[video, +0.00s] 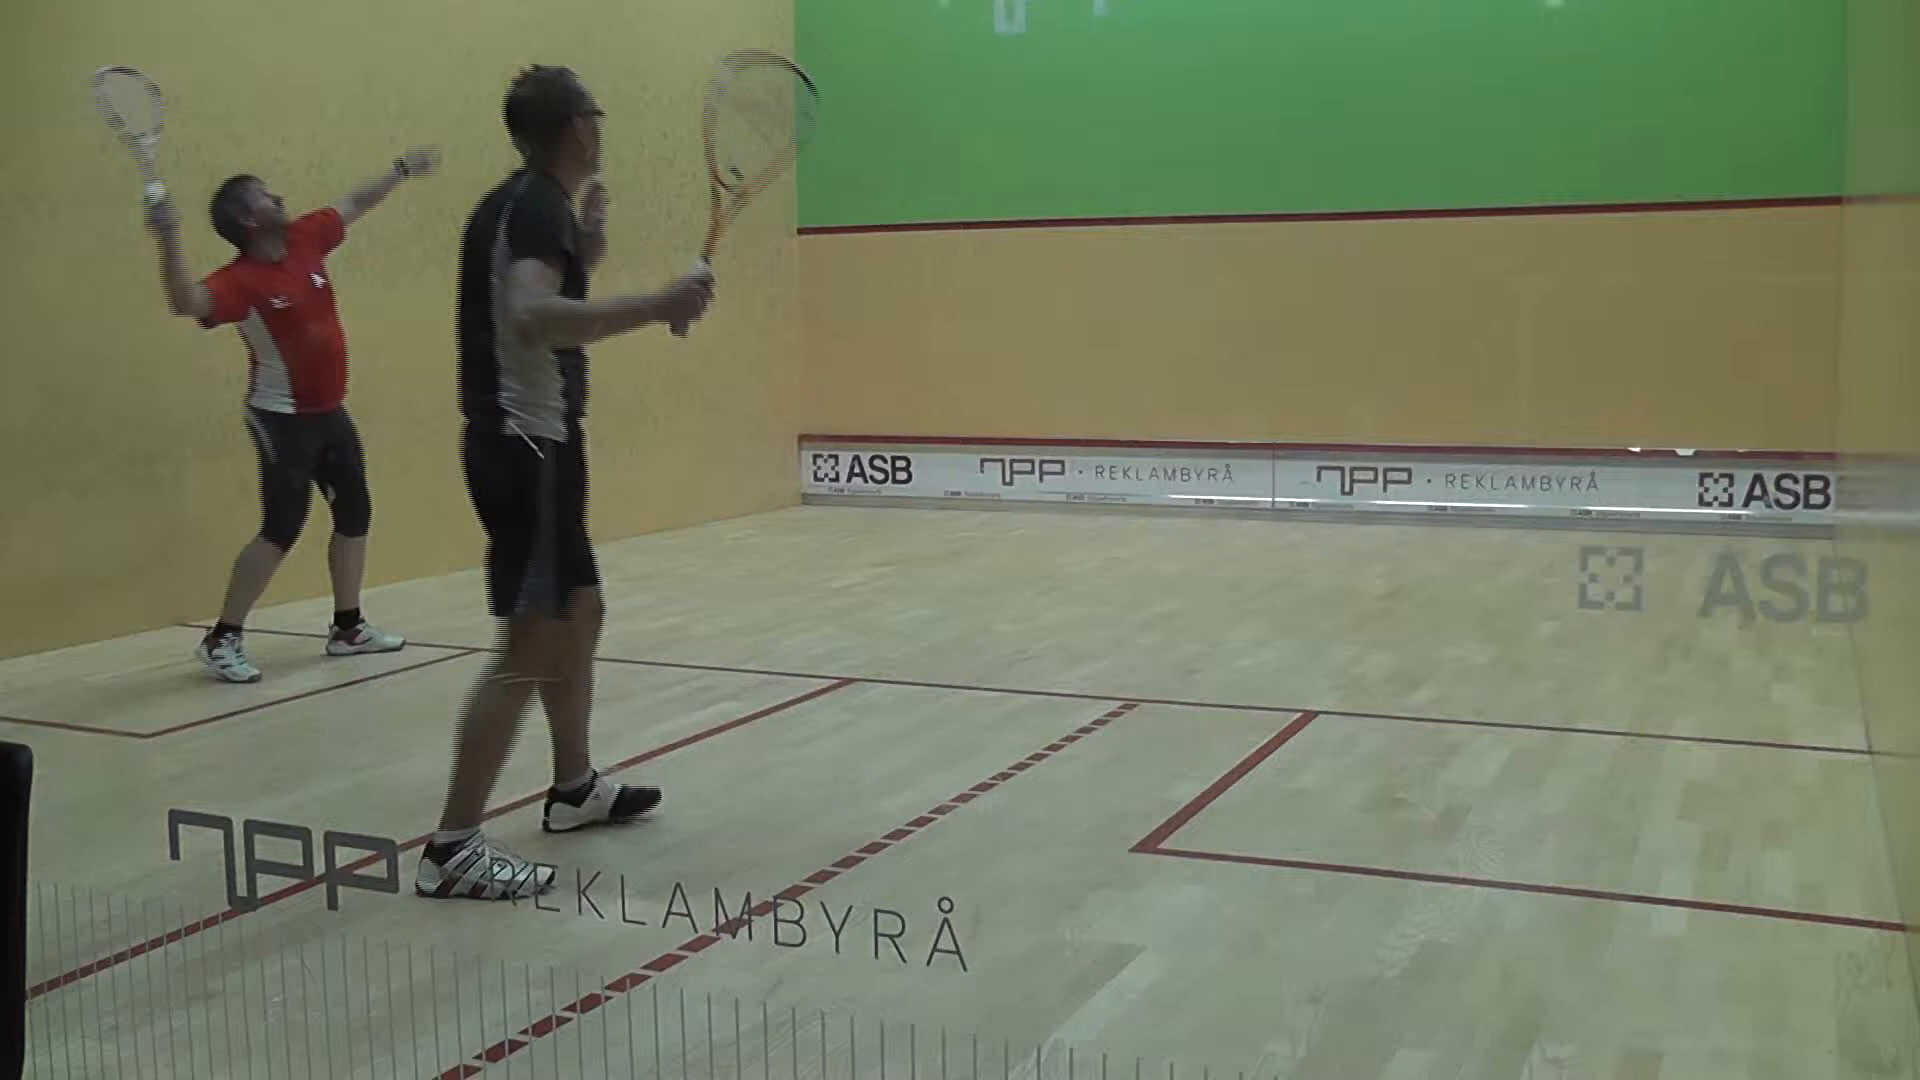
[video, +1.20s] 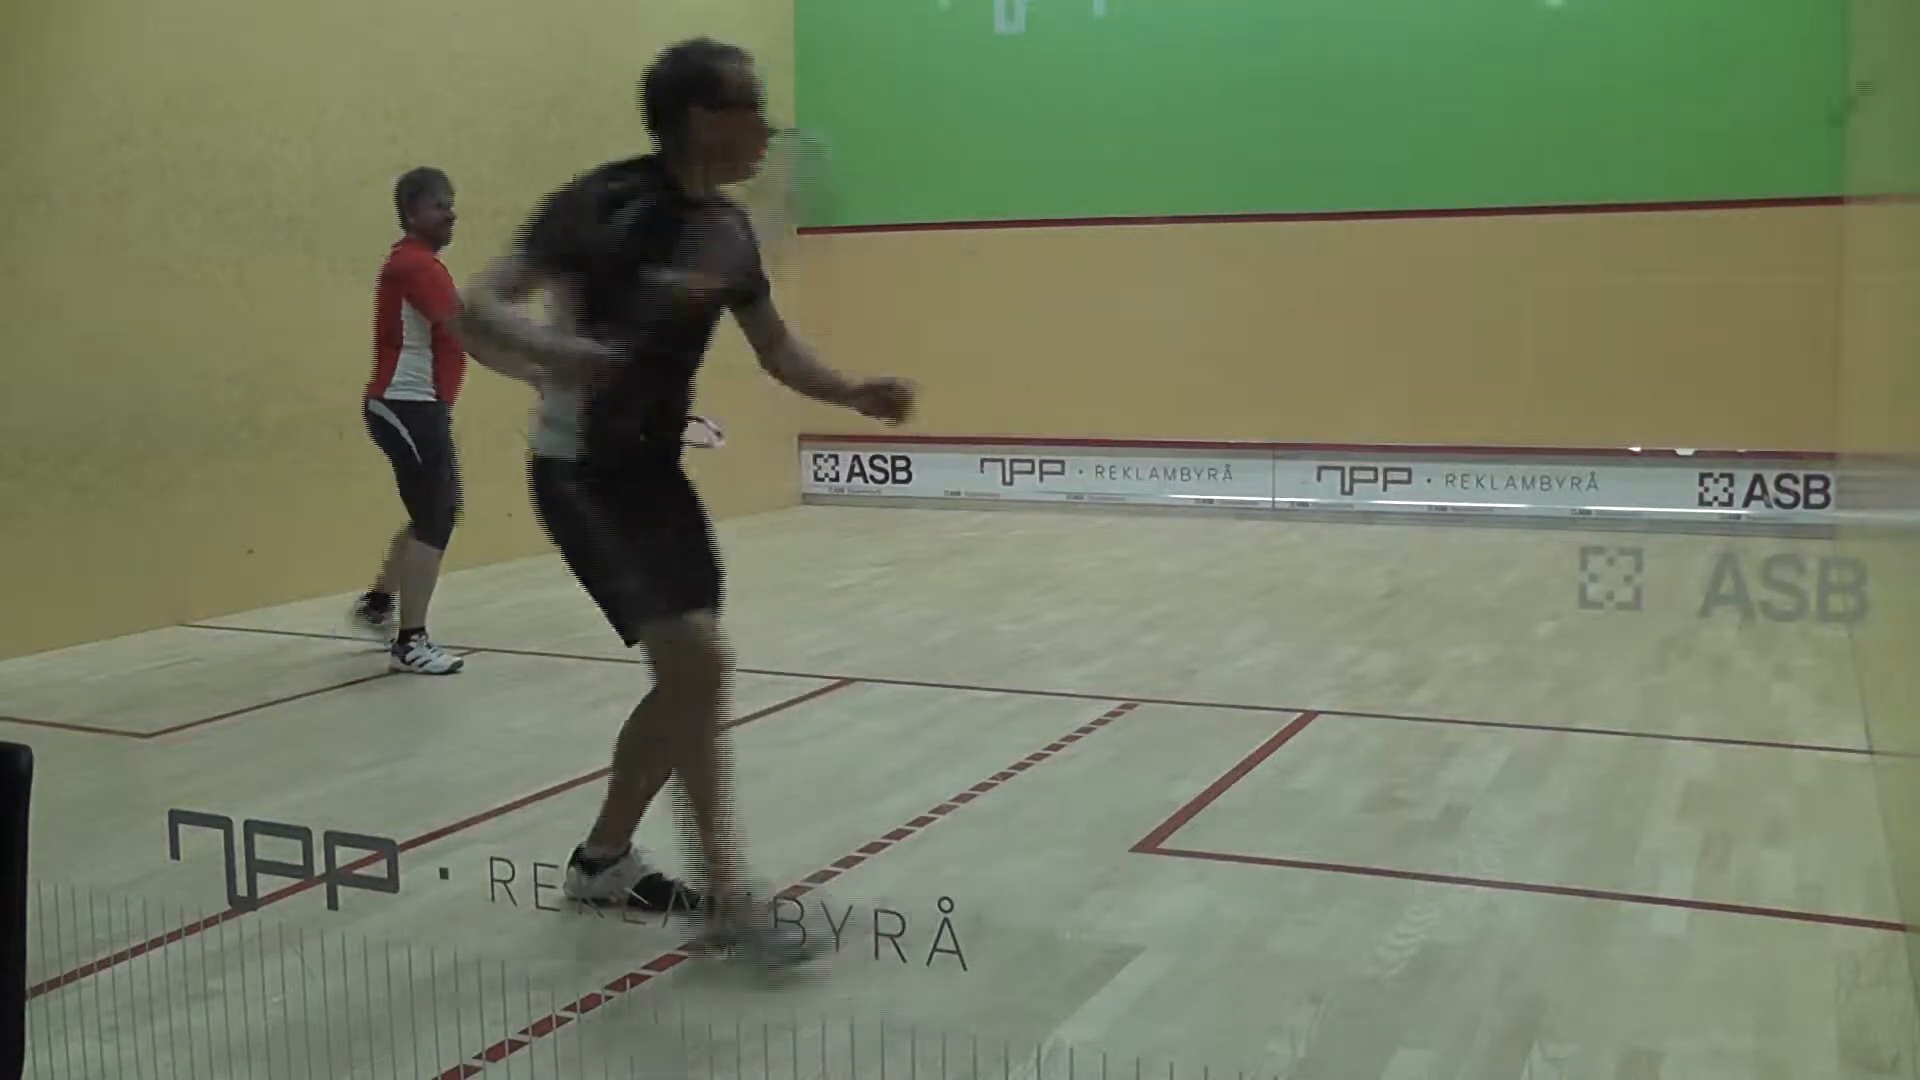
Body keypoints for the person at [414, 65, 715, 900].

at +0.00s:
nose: (600, 132)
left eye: (595, 120)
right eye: (594, 120)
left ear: (530, 135)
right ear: (574, 130)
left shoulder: (509, 206)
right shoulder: (536, 203)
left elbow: (535, 321)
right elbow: (529, 317)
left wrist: (583, 256)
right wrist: (658, 307)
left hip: (531, 445)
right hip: (526, 449)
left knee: (579, 605)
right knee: (532, 644)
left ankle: (574, 788)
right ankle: (453, 844)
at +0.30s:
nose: (663, 149)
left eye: (659, 135)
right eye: (652, 135)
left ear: (597, 147)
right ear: (619, 145)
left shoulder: (569, 219)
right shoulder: (601, 217)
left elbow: (587, 341)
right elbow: (576, 331)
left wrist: (642, 279)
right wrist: (698, 353)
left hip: (552, 448)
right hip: (579, 450)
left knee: (609, 622)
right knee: (671, 636)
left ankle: (583, 786)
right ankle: (589, 803)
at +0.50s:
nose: (718, 172)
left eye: (712, 158)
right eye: (711, 159)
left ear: (644, 169)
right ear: (690, 170)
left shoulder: (608, 244)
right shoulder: (656, 247)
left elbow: (595, 350)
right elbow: (644, 366)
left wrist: (681, 312)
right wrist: (777, 391)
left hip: (589, 478)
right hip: (627, 482)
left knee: (643, 630)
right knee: (730, 661)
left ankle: (583, 791)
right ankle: (733, 878)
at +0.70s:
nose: (771, 143)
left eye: (767, 128)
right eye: (768, 129)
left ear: (690, 133)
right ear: (752, 135)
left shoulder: (643, 212)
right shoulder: (721, 216)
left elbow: (633, 338)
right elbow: (715, 337)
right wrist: (857, 380)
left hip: (610, 458)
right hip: (677, 463)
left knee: (652, 633)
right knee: (781, 658)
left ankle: (554, 811)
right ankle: (743, 878)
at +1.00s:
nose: (821, 143)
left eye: (818, 127)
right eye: (807, 128)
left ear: (763, 143)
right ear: (759, 142)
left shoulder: (739, 229)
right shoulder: (701, 221)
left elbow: (762, 363)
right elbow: (638, 355)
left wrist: (873, 418)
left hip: (684, 474)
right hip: (652, 477)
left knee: (784, 649)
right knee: (784, 646)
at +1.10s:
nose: (806, 130)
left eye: (803, 114)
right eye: (789, 114)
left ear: (751, 131)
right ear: (736, 126)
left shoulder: (740, 226)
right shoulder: (666, 206)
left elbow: (774, 352)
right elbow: (571, 325)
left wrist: (882, 402)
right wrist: (685, 387)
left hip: (674, 457)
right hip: (619, 461)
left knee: (740, 656)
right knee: (752, 656)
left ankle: (633, 827)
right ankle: (799, 871)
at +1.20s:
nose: (761, 127)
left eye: (759, 110)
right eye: (743, 111)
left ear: (725, 123)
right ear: (688, 123)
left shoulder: (731, 232)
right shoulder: (602, 204)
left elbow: (775, 346)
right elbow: (477, 309)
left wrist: (849, 390)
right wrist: (554, 354)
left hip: (653, 466)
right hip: (578, 468)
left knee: (696, 667)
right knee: (692, 661)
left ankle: (602, 857)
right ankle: (726, 895)